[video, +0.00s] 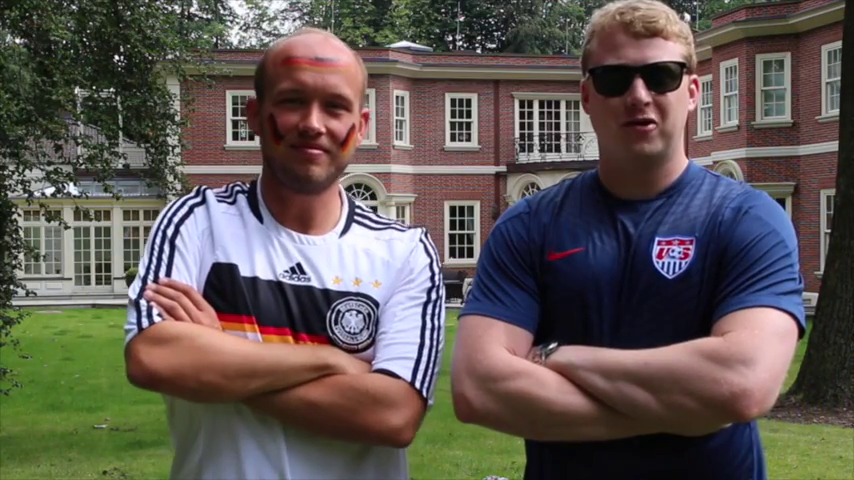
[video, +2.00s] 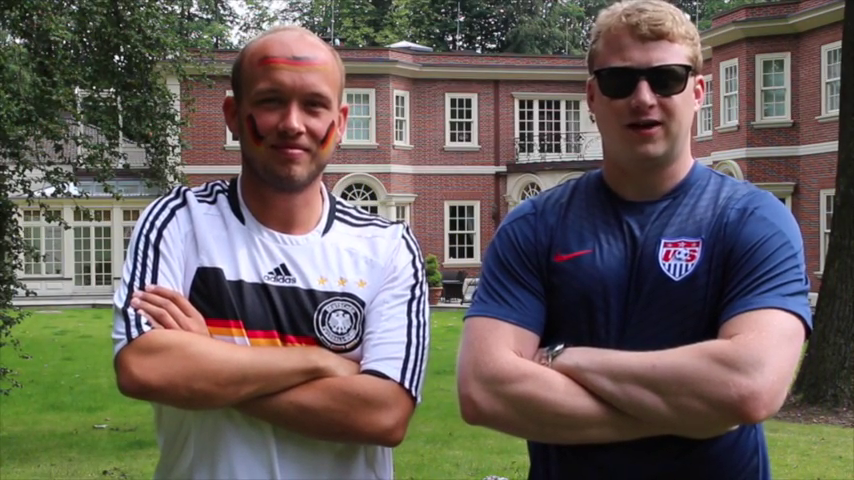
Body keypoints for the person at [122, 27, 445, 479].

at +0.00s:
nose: (313, 124)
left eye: (335, 107)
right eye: (293, 102)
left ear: (360, 126)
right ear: (256, 116)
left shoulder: (405, 252)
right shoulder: (195, 219)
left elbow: (396, 418)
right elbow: (149, 359)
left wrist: (222, 358)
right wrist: (332, 361)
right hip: (216, 474)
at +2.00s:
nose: (293, 124)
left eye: (315, 105)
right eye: (271, 102)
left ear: (339, 122)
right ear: (233, 115)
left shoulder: (389, 247)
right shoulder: (175, 220)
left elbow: (386, 417)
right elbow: (139, 368)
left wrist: (211, 367)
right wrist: (322, 361)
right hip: (203, 473)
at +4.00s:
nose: (305, 129)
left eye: (314, 109)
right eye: (280, 107)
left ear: (324, 117)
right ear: (216, 121)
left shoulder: (361, 239)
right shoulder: (152, 229)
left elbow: (389, 403)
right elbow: (146, 386)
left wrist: (214, 376)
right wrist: (318, 358)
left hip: (338, 475)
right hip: (201, 473)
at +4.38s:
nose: (294, 115)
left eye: (301, 98)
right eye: (269, 95)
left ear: (309, 109)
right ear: (204, 117)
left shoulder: (348, 240)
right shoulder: (140, 232)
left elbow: (403, 406)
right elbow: (125, 388)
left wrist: (248, 361)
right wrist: (289, 304)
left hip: (330, 474)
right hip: (191, 472)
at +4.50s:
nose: (288, 122)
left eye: (295, 103)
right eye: (263, 100)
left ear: (304, 110)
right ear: (197, 119)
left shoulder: (339, 242)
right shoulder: (136, 239)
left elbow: (405, 411)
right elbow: (169, 407)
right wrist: (342, 322)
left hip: (323, 475)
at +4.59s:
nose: (284, 132)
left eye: (290, 111)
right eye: (259, 111)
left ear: (298, 119)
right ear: (191, 128)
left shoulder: (329, 243)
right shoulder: (141, 256)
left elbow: (366, 383)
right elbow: (230, 414)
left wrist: (386, 421)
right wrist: (412, 404)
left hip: (316, 470)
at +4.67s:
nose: (283, 150)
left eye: (287, 129)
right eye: (256, 131)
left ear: (295, 132)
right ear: (188, 152)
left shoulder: (316, 252)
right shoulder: (158, 284)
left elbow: (362, 403)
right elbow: (299, 425)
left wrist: (459, 458)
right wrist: (495, 458)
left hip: (318, 472)